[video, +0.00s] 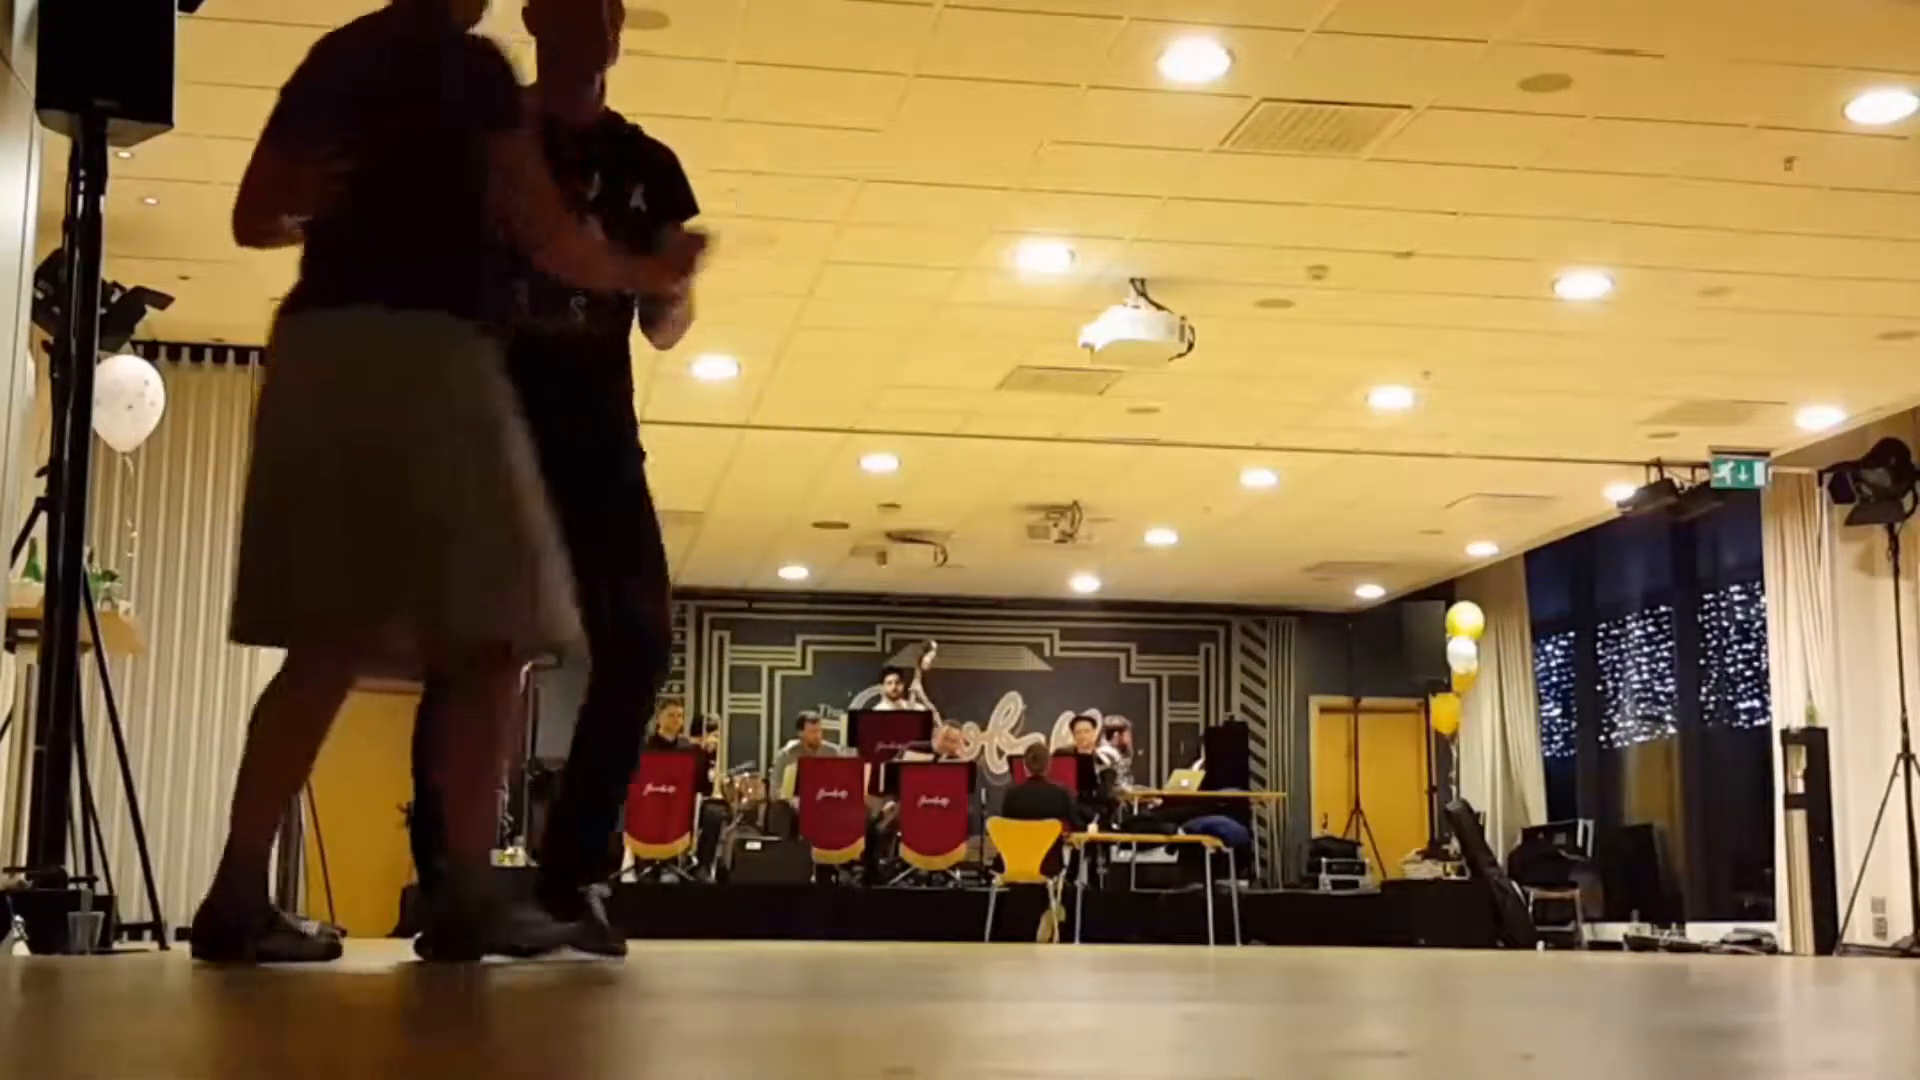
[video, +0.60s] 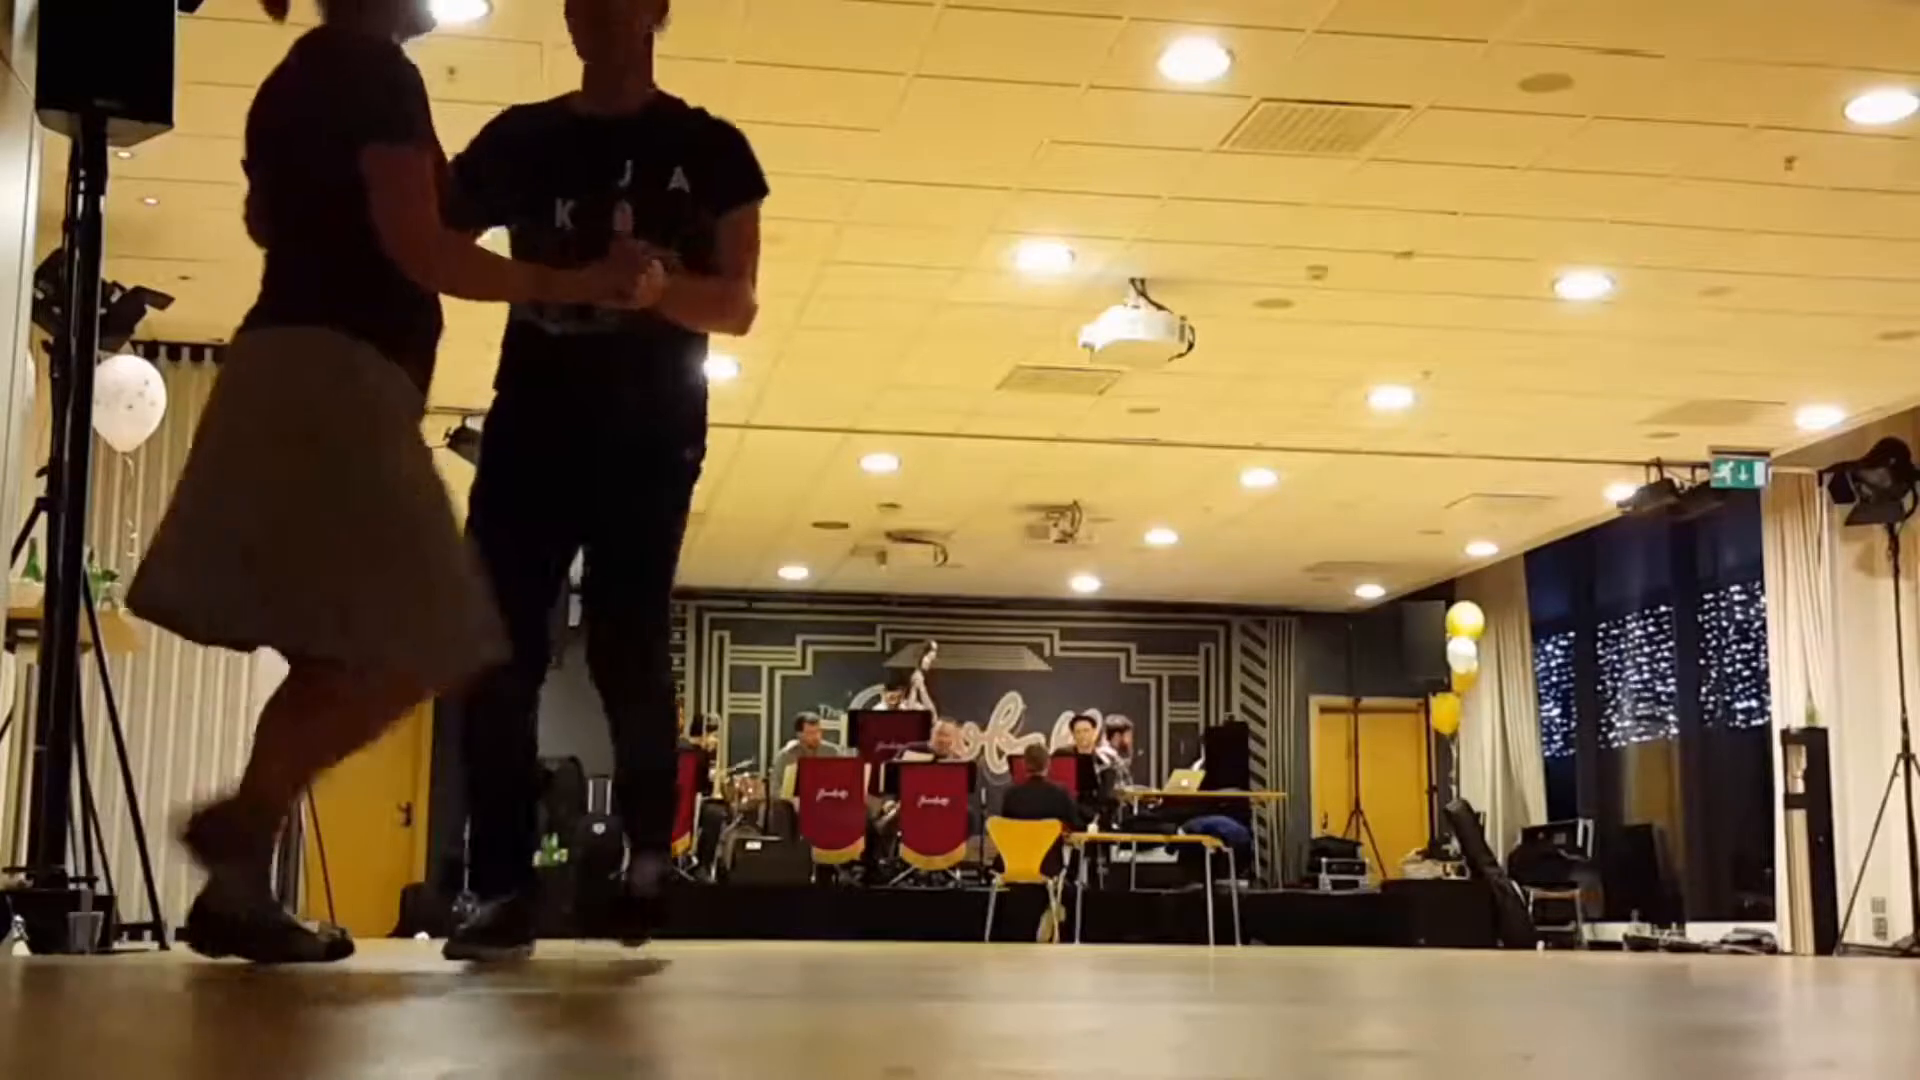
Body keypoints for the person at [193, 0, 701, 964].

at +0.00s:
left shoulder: (332, 58)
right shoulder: (477, 66)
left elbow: (256, 218)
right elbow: (549, 237)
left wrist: (355, 187)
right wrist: (649, 272)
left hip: (319, 357)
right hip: (433, 363)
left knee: (327, 642)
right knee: (490, 636)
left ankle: (236, 899)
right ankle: (472, 901)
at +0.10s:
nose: (464, 2)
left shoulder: (299, 62)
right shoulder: (434, 66)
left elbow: (251, 229)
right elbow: (470, 253)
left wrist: (364, 219)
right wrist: (585, 283)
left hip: (278, 352)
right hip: (385, 363)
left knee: (305, 641)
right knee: (442, 644)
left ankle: (236, 896)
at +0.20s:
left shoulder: (275, 45)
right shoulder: (403, 42)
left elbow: (247, 220)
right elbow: (430, 224)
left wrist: (375, 241)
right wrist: (555, 263)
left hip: (255, 340)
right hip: (351, 346)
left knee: (291, 635)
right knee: (351, 637)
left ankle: (233, 899)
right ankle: (142, 835)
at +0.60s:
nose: (437, 7)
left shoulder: (287, 81)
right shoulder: (379, 71)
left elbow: (266, 224)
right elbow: (422, 251)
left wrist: (429, 227)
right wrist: (573, 283)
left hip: (271, 380)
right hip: (341, 392)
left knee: (332, 656)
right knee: (430, 641)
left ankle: (239, 895)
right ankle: (242, 819)